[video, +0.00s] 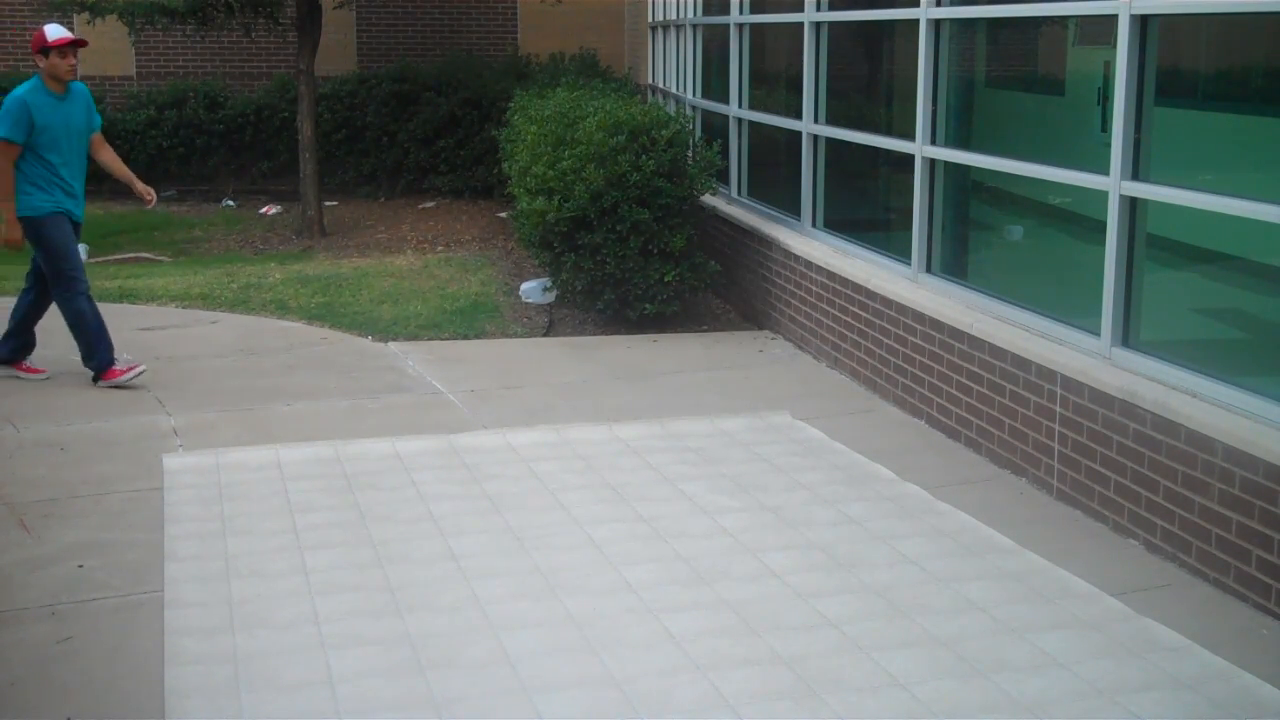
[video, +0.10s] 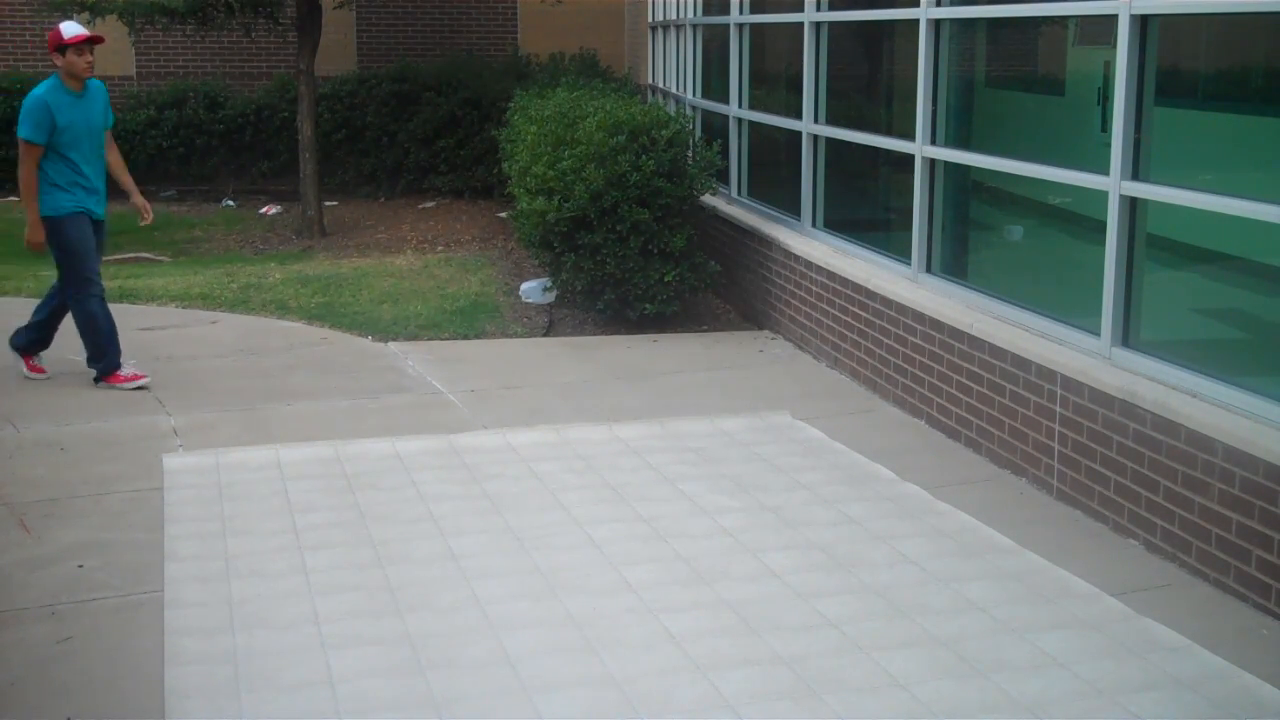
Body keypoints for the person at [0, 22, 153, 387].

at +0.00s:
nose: (72, 59)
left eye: (74, 52)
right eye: (62, 54)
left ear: (77, 56)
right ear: (41, 60)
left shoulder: (80, 93)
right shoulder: (20, 102)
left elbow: (99, 147)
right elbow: (5, 163)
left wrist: (134, 181)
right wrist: (9, 220)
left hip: (71, 206)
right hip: (38, 207)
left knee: (41, 285)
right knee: (72, 280)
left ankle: (10, 353)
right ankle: (103, 365)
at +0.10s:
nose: (89, 57)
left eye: (90, 50)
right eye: (79, 52)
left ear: (93, 54)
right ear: (58, 59)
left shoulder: (98, 92)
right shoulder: (40, 101)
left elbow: (108, 147)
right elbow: (27, 164)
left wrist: (134, 192)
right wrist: (33, 221)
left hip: (94, 205)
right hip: (60, 206)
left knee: (73, 282)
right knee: (87, 282)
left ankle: (26, 343)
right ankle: (108, 368)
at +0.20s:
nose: (105, 53)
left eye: (107, 46)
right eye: (95, 48)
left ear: (110, 49)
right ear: (74, 55)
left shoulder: (114, 88)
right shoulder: (59, 97)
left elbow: (116, 150)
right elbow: (51, 163)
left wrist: (127, 197)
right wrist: (64, 218)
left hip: (116, 203)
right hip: (82, 206)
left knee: (120, 281)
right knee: (96, 289)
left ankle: (59, 327)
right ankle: (108, 368)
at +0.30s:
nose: (123, 50)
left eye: (124, 44)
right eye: (113, 45)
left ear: (126, 47)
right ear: (91, 50)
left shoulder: (127, 86)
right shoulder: (76, 94)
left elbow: (123, 145)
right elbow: (76, 162)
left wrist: (133, 196)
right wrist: (99, 214)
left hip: (133, 204)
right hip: (95, 210)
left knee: (151, 275)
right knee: (104, 292)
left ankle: (100, 328)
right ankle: (109, 369)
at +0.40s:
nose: (142, 50)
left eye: (143, 43)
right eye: (133, 44)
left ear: (144, 48)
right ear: (111, 50)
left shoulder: (140, 86)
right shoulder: (94, 94)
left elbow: (138, 145)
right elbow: (98, 162)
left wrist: (148, 195)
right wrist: (133, 209)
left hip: (149, 202)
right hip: (108, 211)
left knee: (174, 276)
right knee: (112, 291)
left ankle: (151, 356)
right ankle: (109, 369)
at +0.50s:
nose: (164, 50)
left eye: (164, 44)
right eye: (154, 45)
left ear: (165, 49)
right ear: (132, 53)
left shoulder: (160, 89)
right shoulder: (117, 97)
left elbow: (156, 151)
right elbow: (121, 162)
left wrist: (167, 200)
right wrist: (163, 206)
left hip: (165, 209)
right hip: (125, 215)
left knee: (189, 287)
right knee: (119, 294)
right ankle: (109, 368)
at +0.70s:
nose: (210, 50)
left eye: (212, 45)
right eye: (200, 46)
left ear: (214, 54)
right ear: (180, 56)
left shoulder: (210, 97)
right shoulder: (166, 98)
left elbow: (204, 159)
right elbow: (167, 164)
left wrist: (214, 207)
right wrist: (198, 215)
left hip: (211, 214)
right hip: (170, 219)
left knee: (224, 297)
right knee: (160, 295)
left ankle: (238, 373)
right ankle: (120, 357)